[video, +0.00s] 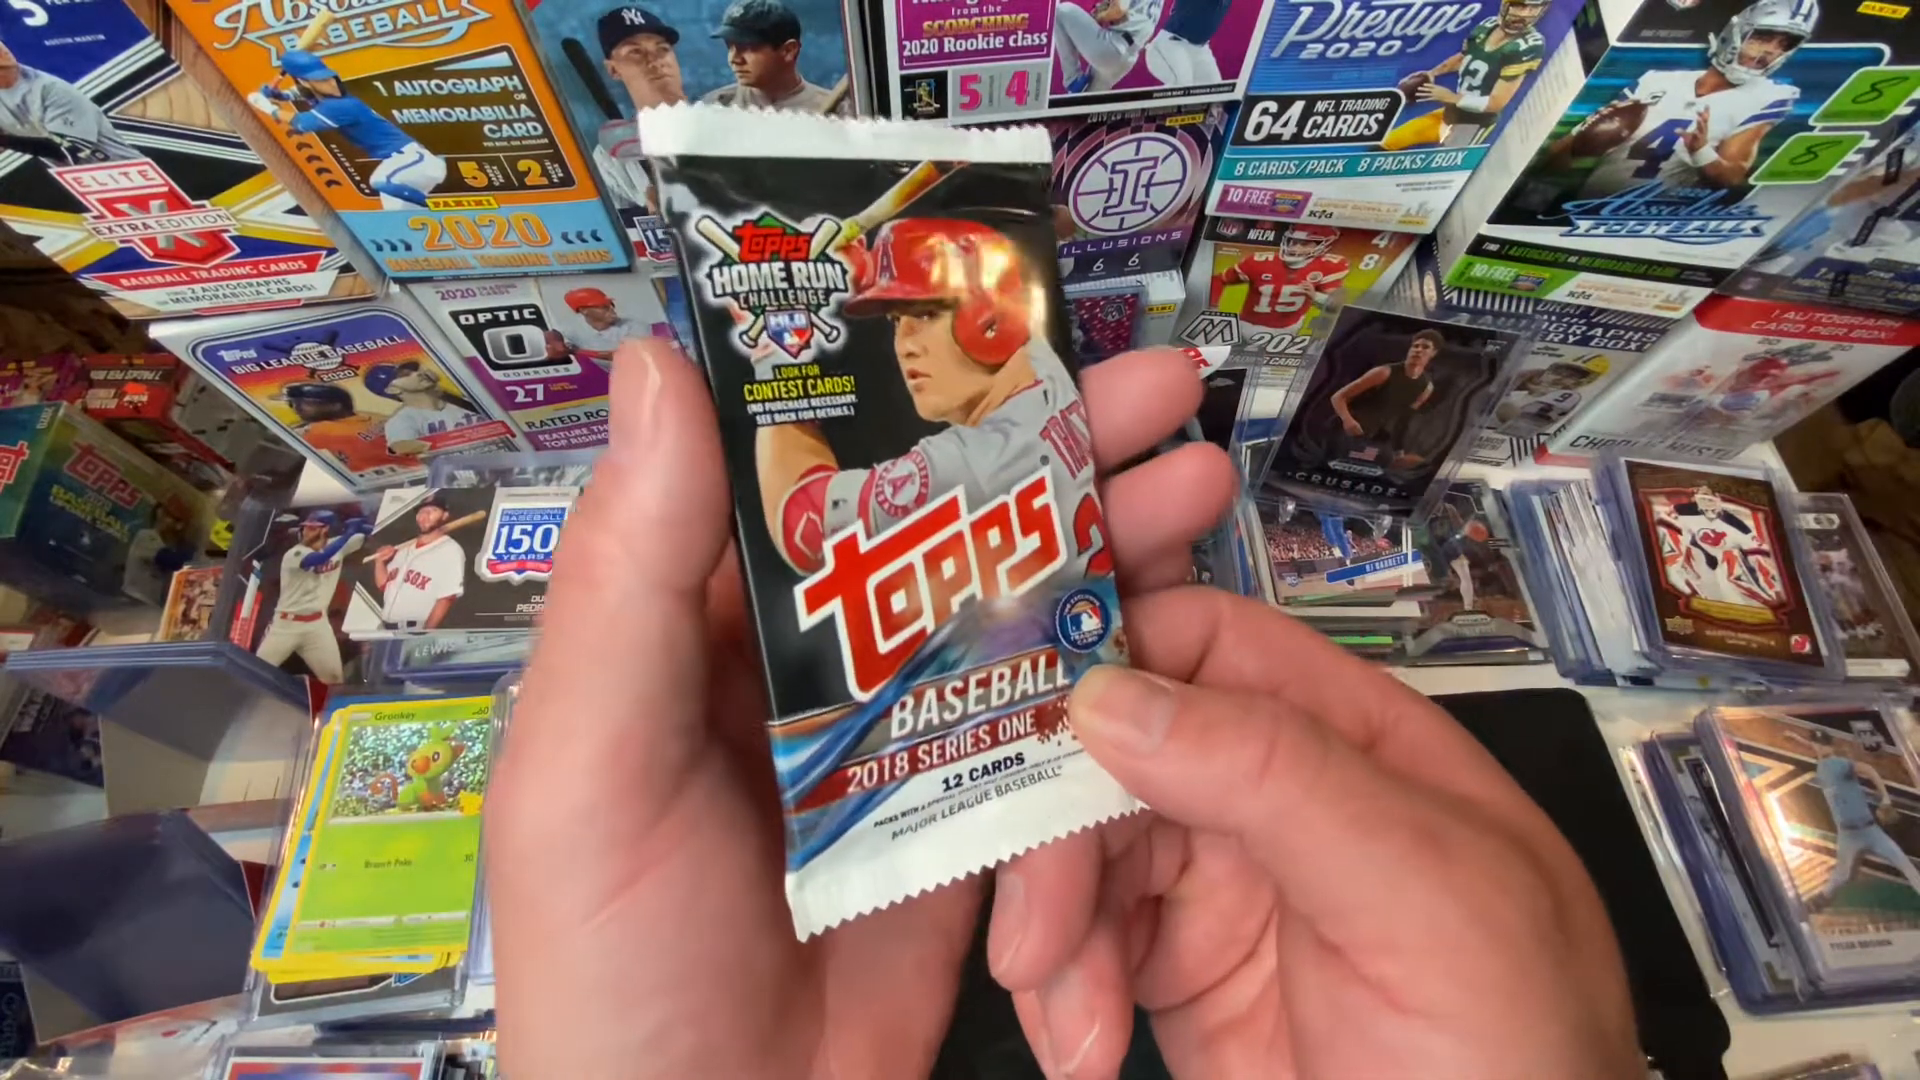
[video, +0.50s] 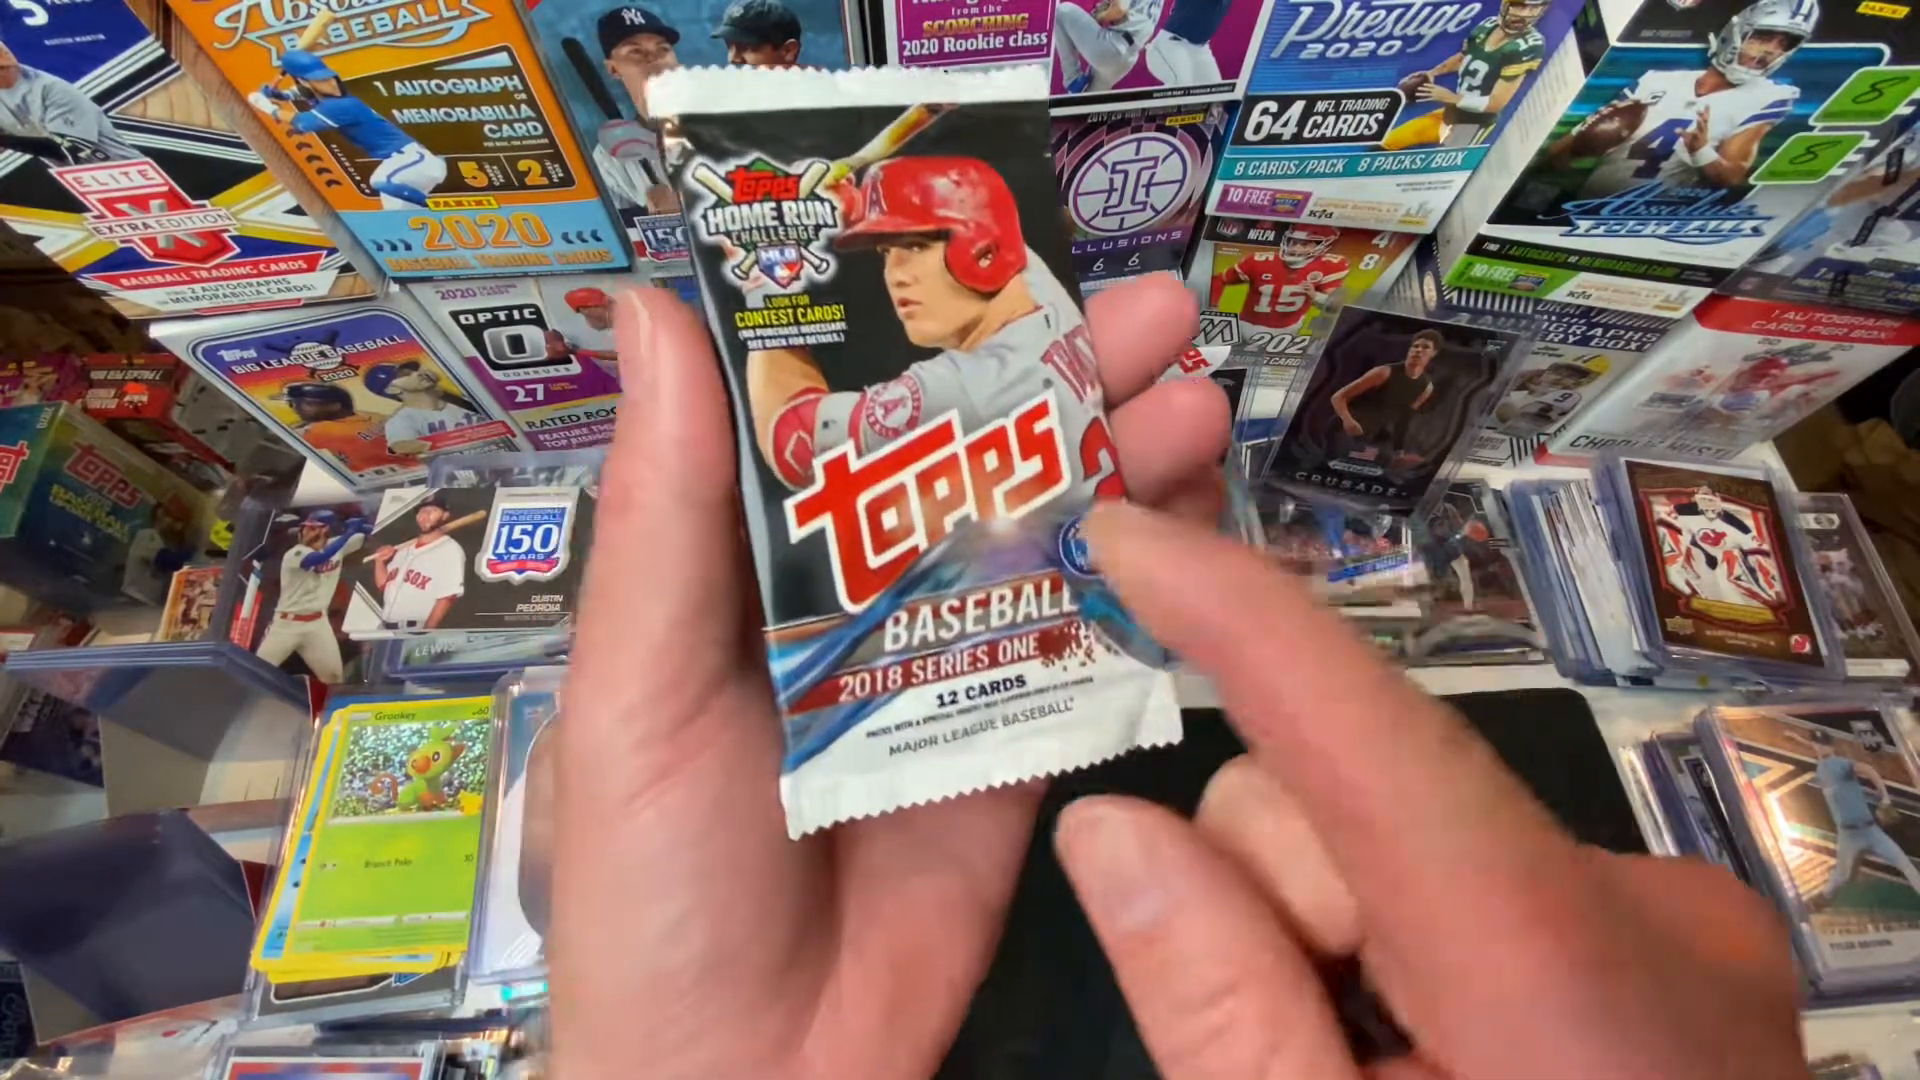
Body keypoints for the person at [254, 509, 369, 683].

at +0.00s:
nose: (305, 532)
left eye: (311, 528)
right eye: (304, 527)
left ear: (324, 530)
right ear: (302, 529)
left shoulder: (337, 548)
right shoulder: (293, 554)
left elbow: (368, 533)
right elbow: (319, 560)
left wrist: (358, 525)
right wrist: (346, 537)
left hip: (317, 626)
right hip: (284, 625)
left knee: (334, 679)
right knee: (257, 671)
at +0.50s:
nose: (304, 531)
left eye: (311, 528)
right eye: (304, 527)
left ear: (324, 531)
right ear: (303, 530)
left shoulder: (337, 548)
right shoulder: (294, 554)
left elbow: (366, 534)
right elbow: (318, 559)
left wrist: (359, 525)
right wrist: (346, 537)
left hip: (317, 625)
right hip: (285, 624)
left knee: (334, 677)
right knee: (258, 670)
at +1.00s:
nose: (303, 531)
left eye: (310, 527)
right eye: (304, 527)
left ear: (324, 530)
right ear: (303, 530)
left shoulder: (337, 549)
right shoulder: (294, 554)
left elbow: (367, 533)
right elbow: (318, 559)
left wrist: (358, 525)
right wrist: (347, 536)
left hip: (317, 625)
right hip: (285, 624)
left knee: (333, 677)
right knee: (258, 670)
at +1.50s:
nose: (302, 531)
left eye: (309, 527)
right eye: (303, 527)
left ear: (324, 530)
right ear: (303, 530)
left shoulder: (336, 549)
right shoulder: (294, 554)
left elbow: (367, 531)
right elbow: (318, 559)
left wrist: (355, 524)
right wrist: (347, 535)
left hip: (317, 625)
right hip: (285, 624)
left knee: (334, 678)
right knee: (258, 670)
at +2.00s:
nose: (303, 531)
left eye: (309, 528)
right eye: (304, 527)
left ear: (323, 531)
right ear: (303, 529)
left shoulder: (337, 548)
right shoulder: (294, 554)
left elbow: (368, 532)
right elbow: (320, 559)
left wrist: (357, 524)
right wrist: (348, 534)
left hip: (317, 625)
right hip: (285, 624)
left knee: (334, 677)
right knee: (258, 670)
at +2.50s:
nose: (303, 532)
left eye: (310, 528)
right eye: (303, 528)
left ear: (323, 531)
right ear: (302, 530)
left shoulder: (337, 548)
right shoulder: (294, 554)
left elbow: (369, 533)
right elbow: (320, 559)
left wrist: (357, 523)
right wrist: (347, 536)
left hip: (317, 625)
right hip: (285, 624)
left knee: (333, 677)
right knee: (259, 670)